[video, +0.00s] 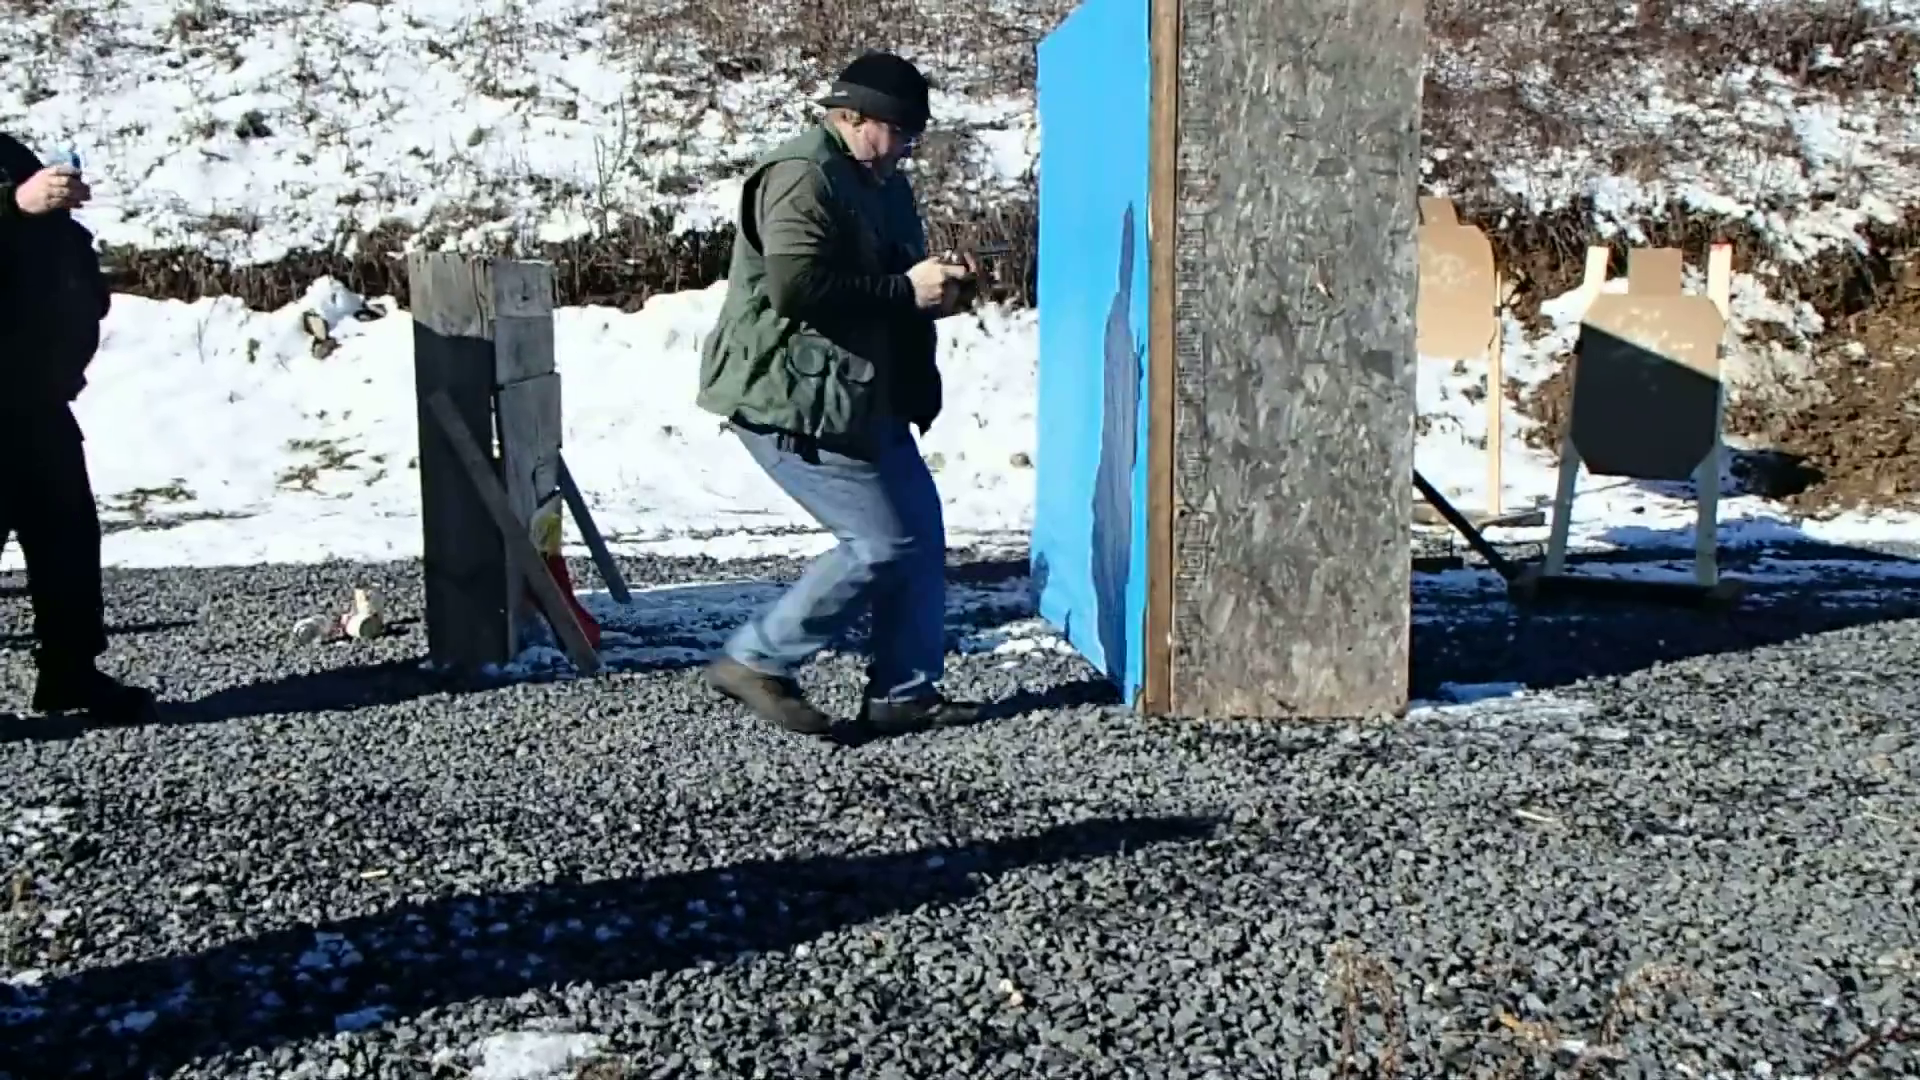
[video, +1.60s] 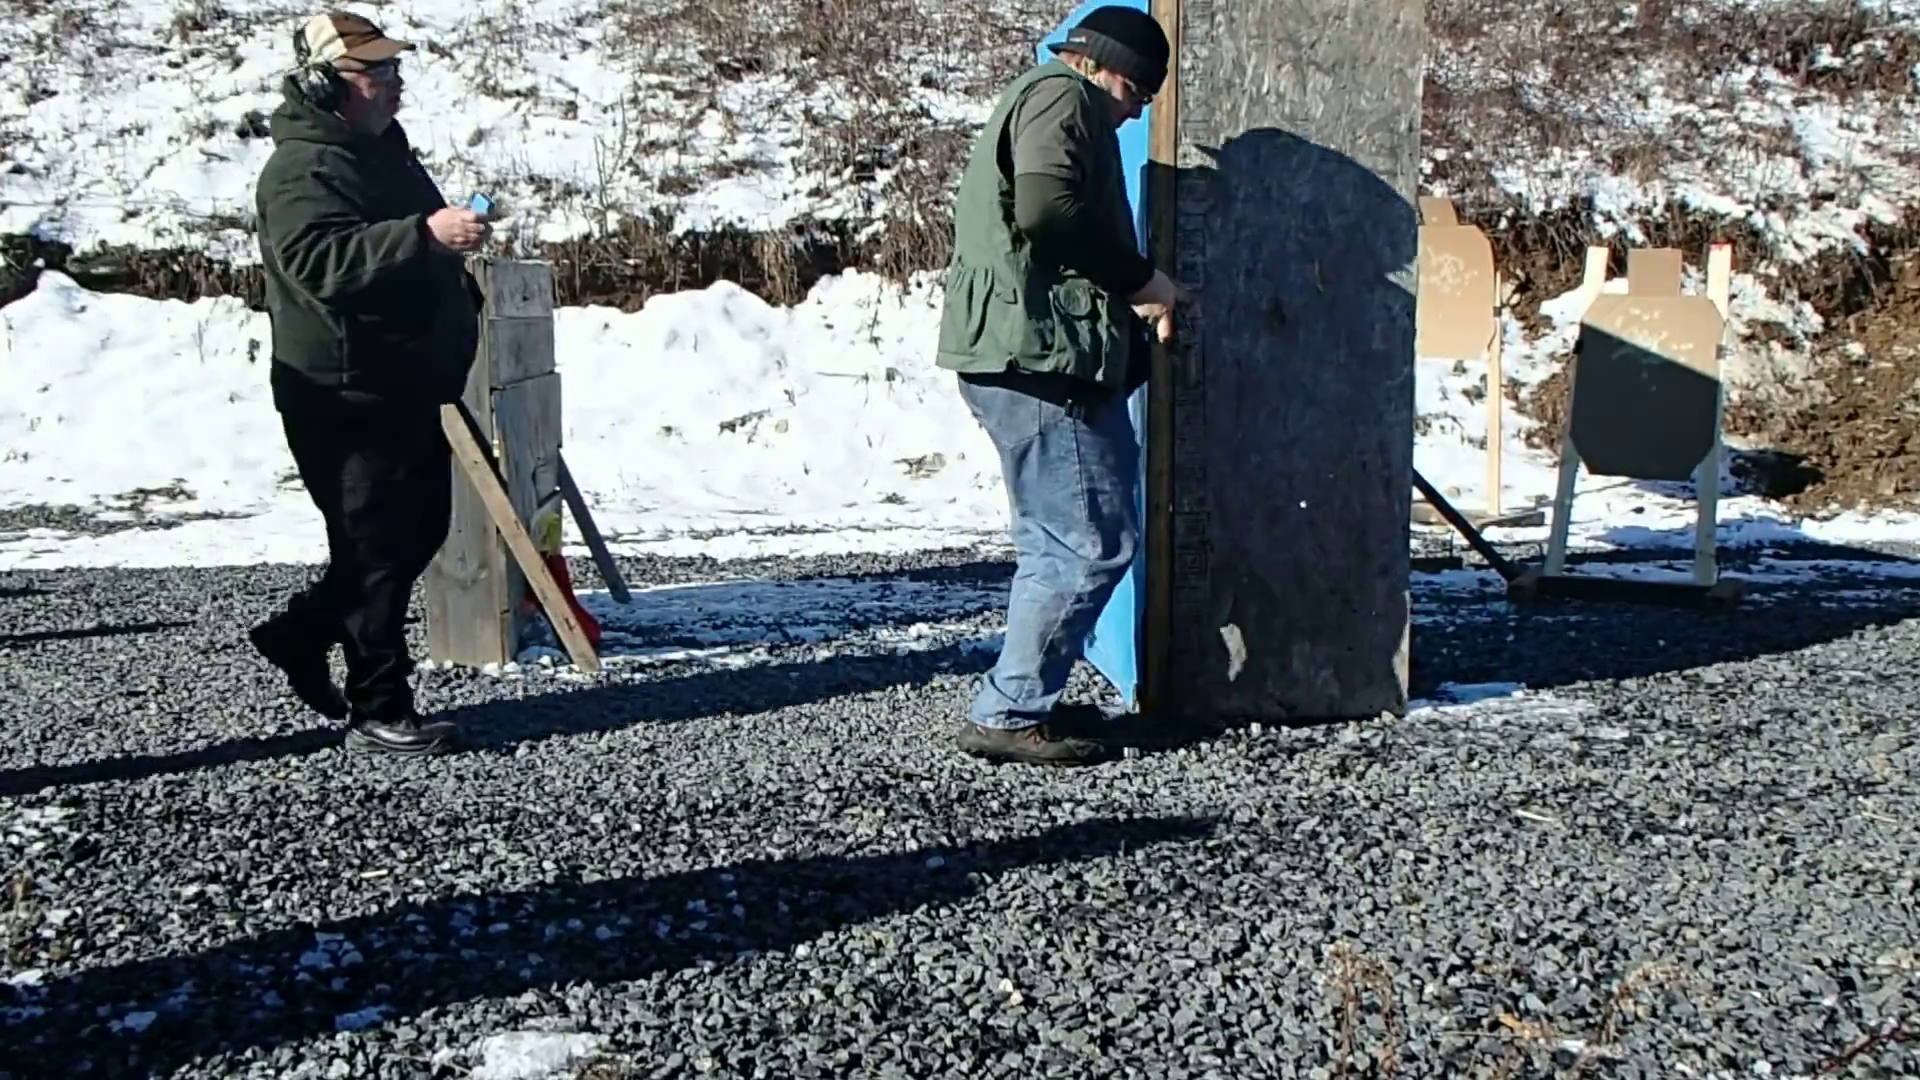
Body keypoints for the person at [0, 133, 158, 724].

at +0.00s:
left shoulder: (20, 166)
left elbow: (80, 284)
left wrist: (60, 372)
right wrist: (19, 203)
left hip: (33, 398)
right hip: (19, 402)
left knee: (67, 532)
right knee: (62, 532)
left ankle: (69, 672)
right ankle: (66, 674)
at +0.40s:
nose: (66, 103)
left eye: (66, 90)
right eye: (51, 92)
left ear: (44, 99)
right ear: (12, 103)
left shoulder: (75, 168)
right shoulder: (4, 168)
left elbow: (131, 278)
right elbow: (19, 232)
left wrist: (138, 361)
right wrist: (126, 196)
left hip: (93, 405)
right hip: (28, 412)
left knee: (123, 560)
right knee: (12, 569)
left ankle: (165, 692)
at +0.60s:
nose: (127, 101)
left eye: (127, 88)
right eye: (112, 91)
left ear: (114, 92)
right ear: (72, 96)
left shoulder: (127, 162)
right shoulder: (45, 163)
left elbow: (166, 266)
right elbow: (80, 236)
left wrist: (213, 309)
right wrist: (193, 191)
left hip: (160, 396)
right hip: (87, 401)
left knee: (176, 550)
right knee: (90, 551)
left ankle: (175, 696)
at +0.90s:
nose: (209, 100)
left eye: (209, 88)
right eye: (196, 89)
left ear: (190, 96)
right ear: (158, 95)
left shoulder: (196, 155)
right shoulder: (126, 159)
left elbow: (229, 259)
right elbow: (154, 228)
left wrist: (267, 344)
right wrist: (251, 191)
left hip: (213, 380)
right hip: (163, 387)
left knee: (218, 528)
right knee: (201, 531)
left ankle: (212, 683)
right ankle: (204, 691)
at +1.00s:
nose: (234, 102)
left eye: (235, 89)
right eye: (219, 90)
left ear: (230, 90)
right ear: (179, 93)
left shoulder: (226, 161)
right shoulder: (147, 160)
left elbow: (258, 263)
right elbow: (175, 235)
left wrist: (304, 323)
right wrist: (273, 199)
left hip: (235, 383)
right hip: (180, 391)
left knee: (208, 533)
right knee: (249, 530)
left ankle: (174, 682)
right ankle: (302, 686)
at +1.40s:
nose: (344, 95)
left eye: (342, 83)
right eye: (331, 85)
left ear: (310, 96)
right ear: (293, 95)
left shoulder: (322, 156)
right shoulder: (257, 168)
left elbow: (354, 260)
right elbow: (277, 264)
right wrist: (379, 225)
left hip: (340, 386)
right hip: (296, 393)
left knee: (317, 538)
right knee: (355, 543)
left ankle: (214, 654)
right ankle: (380, 707)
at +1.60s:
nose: (398, 85)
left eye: (395, 72)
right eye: (383, 73)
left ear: (365, 84)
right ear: (342, 83)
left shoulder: (380, 148)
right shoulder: (304, 161)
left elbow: (410, 249)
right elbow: (324, 266)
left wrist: (456, 253)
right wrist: (426, 234)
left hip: (402, 378)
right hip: (338, 385)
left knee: (420, 525)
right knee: (373, 536)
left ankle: (300, 630)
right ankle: (380, 708)